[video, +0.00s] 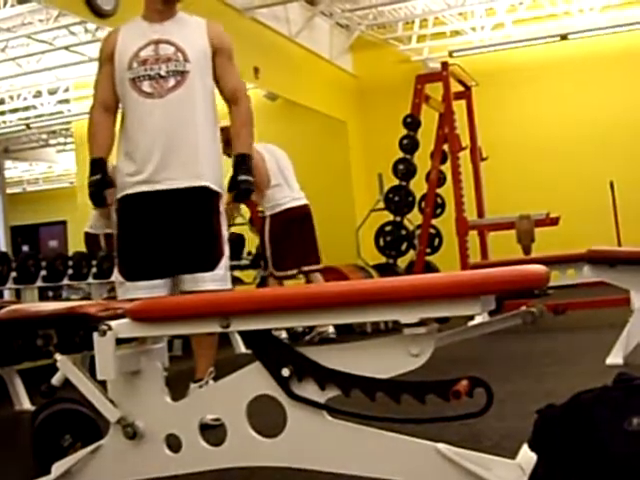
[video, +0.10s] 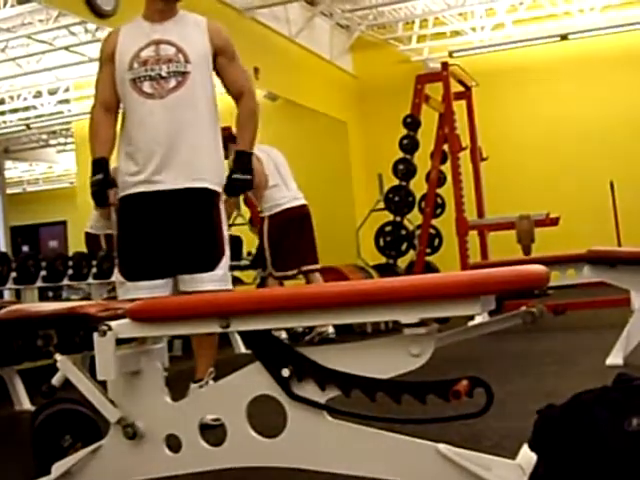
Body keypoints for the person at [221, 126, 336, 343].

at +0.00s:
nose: (225, 152)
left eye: (225, 146)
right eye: (223, 147)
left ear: (234, 142)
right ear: (246, 136)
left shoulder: (250, 153)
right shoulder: (275, 149)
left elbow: (261, 184)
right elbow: (288, 178)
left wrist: (250, 199)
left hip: (277, 211)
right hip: (300, 205)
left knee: (275, 275)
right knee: (311, 269)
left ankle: (277, 325)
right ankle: (325, 321)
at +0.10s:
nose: (225, 156)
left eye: (225, 151)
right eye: (224, 151)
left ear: (230, 144)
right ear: (238, 138)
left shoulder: (248, 156)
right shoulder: (272, 151)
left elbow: (261, 181)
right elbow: (286, 178)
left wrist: (255, 201)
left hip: (277, 212)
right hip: (299, 206)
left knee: (272, 275)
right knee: (311, 270)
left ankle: (278, 326)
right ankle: (325, 321)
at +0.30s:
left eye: (217, 152)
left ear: (221, 148)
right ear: (235, 141)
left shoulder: (230, 162)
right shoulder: (259, 152)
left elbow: (226, 202)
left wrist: (222, 229)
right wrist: (257, 210)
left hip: (270, 211)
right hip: (294, 203)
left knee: (271, 275)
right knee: (307, 270)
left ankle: (277, 326)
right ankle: (322, 321)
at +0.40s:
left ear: (219, 146)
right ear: (233, 140)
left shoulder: (227, 160)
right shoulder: (254, 153)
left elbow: (224, 202)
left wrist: (222, 229)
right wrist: (255, 211)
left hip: (267, 211)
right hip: (291, 202)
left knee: (271, 276)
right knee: (305, 269)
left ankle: (277, 326)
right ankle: (321, 321)